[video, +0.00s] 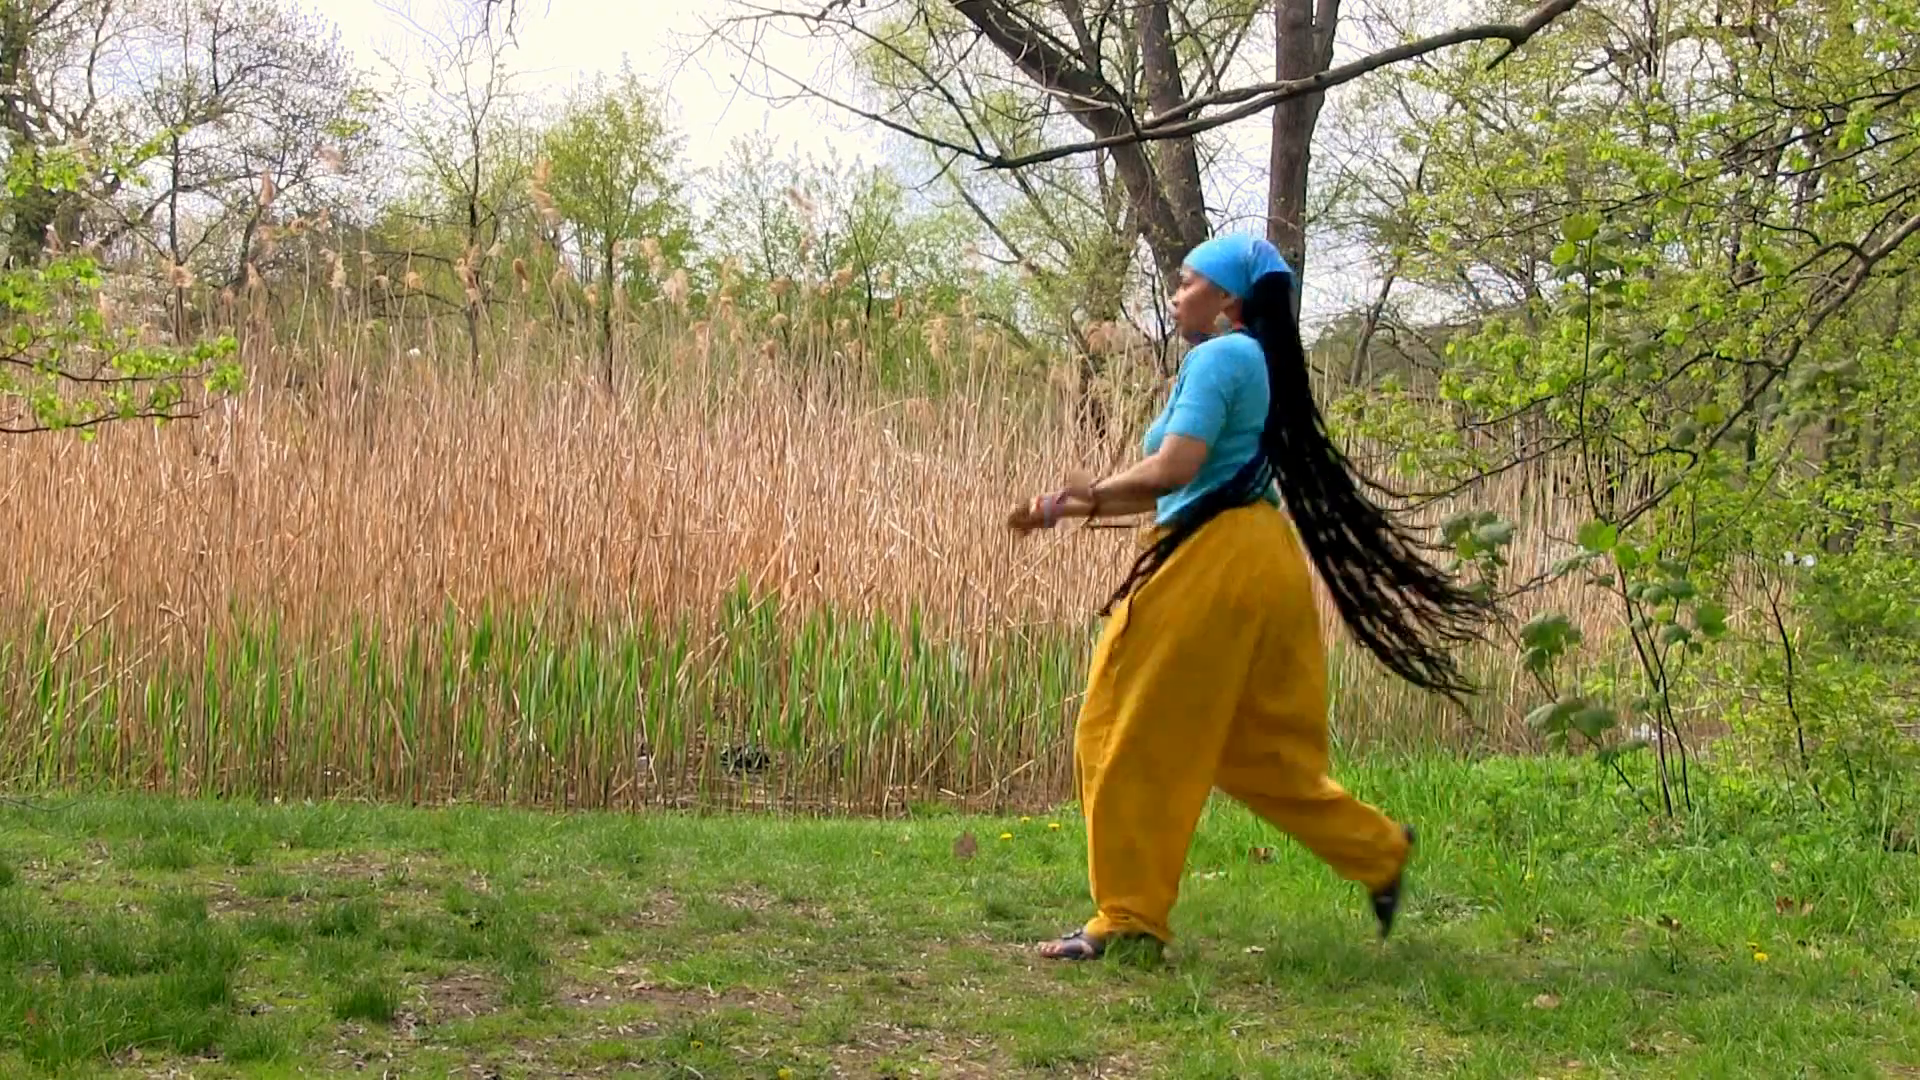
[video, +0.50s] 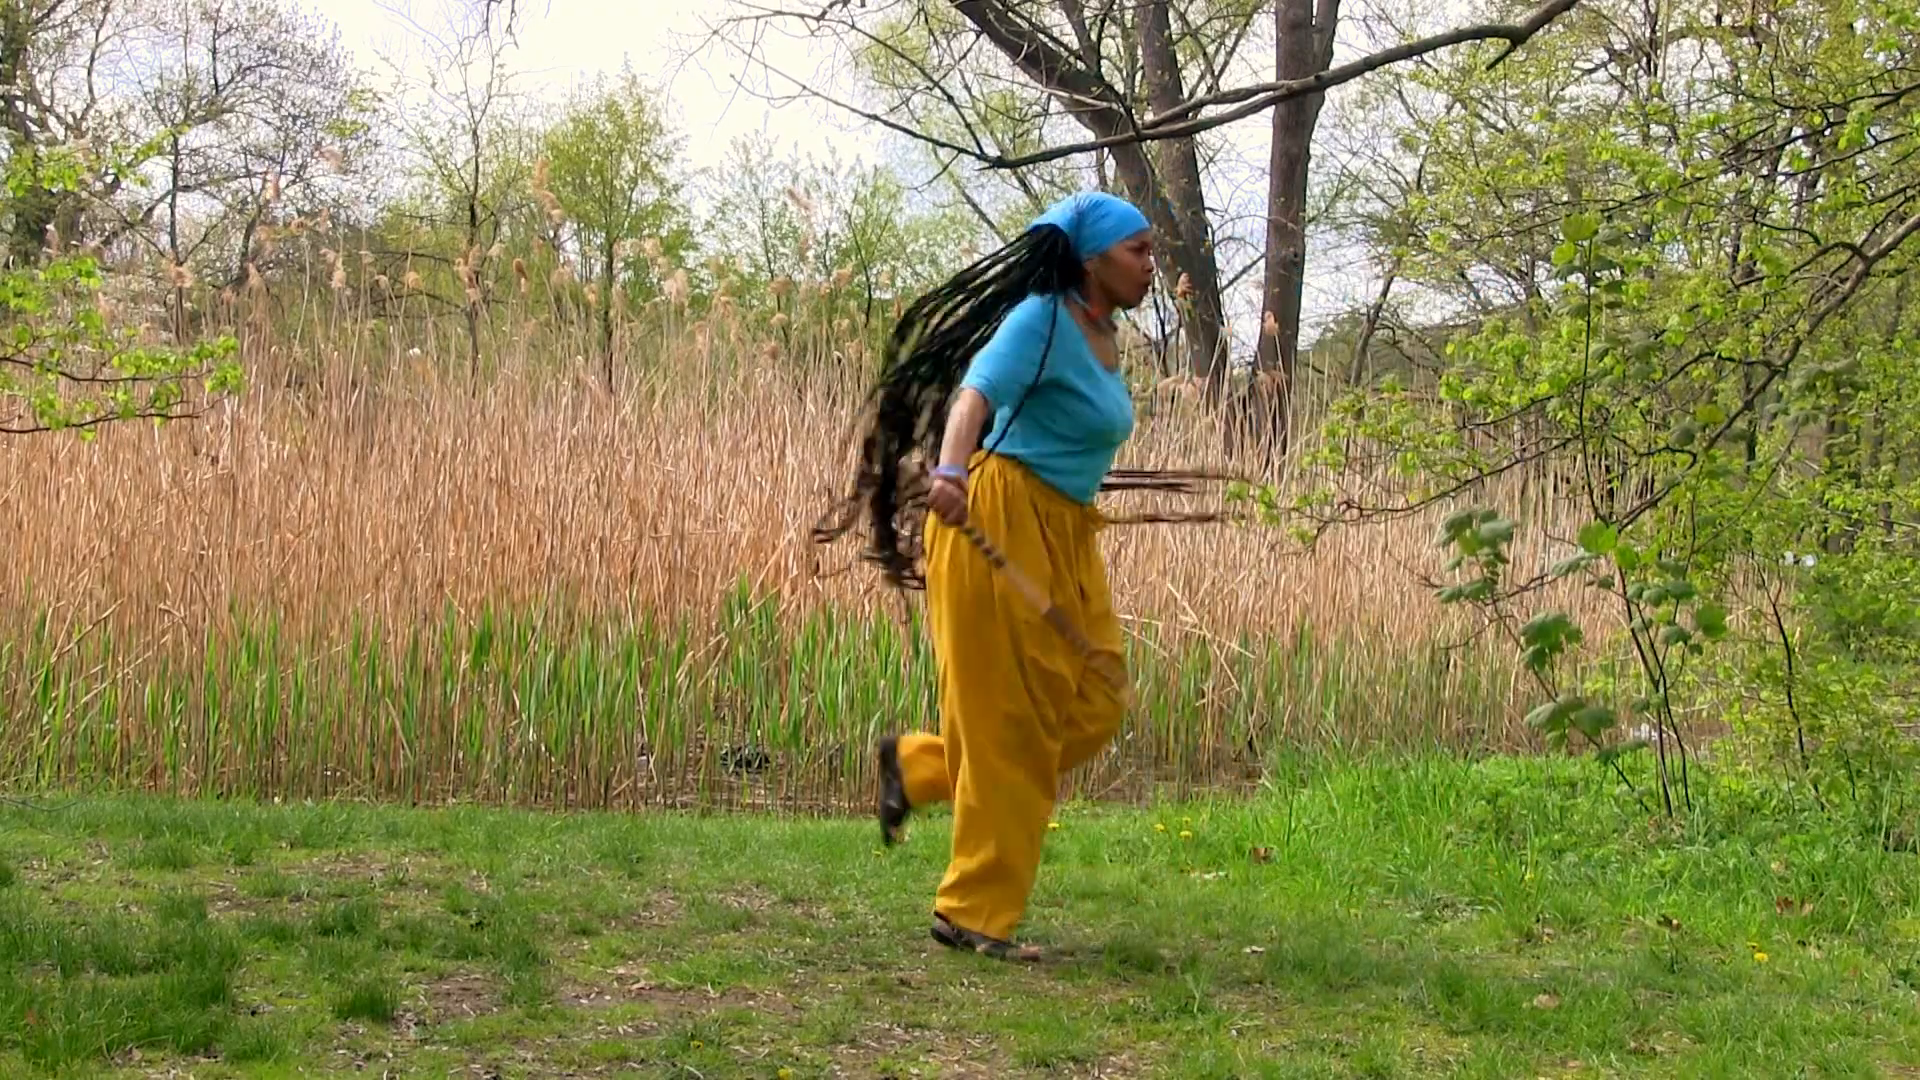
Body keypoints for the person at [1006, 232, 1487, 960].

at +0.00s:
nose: (1176, 295)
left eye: (1189, 284)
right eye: (1182, 280)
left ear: (1227, 300)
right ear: (1231, 301)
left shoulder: (1216, 360)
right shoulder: (1247, 361)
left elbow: (1173, 467)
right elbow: (1171, 477)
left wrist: (1084, 494)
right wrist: (1085, 503)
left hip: (1216, 557)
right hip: (1269, 552)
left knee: (1126, 728)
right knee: (1245, 743)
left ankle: (1128, 917)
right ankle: (1378, 851)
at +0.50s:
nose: (1151, 263)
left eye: (1150, 250)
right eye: (1137, 250)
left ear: (1116, 263)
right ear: (1090, 258)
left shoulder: (1101, 333)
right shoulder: (1041, 317)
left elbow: (1059, 431)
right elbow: (980, 390)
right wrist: (953, 470)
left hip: (1070, 529)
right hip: (1002, 514)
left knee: (1092, 708)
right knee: (1007, 715)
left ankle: (914, 767)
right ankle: (973, 911)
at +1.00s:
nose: (958, 289)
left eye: (953, 275)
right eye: (945, 277)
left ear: (892, 293)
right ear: (906, 289)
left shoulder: (867, 350)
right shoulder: (924, 346)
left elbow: (950, 431)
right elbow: (1032, 369)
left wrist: (999, 371)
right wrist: (1042, 320)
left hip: (833, 539)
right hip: (898, 541)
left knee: (788, 700)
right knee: (1000, 714)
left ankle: (716, 886)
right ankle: (971, 913)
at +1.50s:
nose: (1058, 265)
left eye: (1053, 252)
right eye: (1046, 254)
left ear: (1019, 269)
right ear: (1005, 271)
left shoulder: (1051, 344)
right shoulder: (953, 352)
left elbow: (1119, 433)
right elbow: (961, 464)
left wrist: (1211, 481)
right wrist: (1034, 459)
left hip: (1022, 551)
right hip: (959, 545)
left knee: (1043, 720)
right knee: (967, 724)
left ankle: (895, 823)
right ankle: (928, 909)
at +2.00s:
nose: (1228, 285)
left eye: (1221, 272)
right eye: (1216, 275)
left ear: (1151, 298)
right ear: (1187, 289)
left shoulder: (1128, 371)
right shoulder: (1242, 336)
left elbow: (1071, 479)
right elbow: (1309, 442)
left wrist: (1125, 542)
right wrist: (1286, 474)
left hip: (1174, 547)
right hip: (1258, 525)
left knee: (1257, 736)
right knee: (1398, 673)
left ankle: (1290, 924)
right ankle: (1260, 766)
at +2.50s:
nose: (1157, 364)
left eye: (1157, 352)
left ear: (1169, 362)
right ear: (1242, 330)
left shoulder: (1194, 438)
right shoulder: (1297, 358)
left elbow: (1254, 529)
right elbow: (1383, 414)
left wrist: (1242, 615)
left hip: (1358, 533)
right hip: (1421, 464)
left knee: (1385, 728)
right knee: (1569, 568)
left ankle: (1399, 930)